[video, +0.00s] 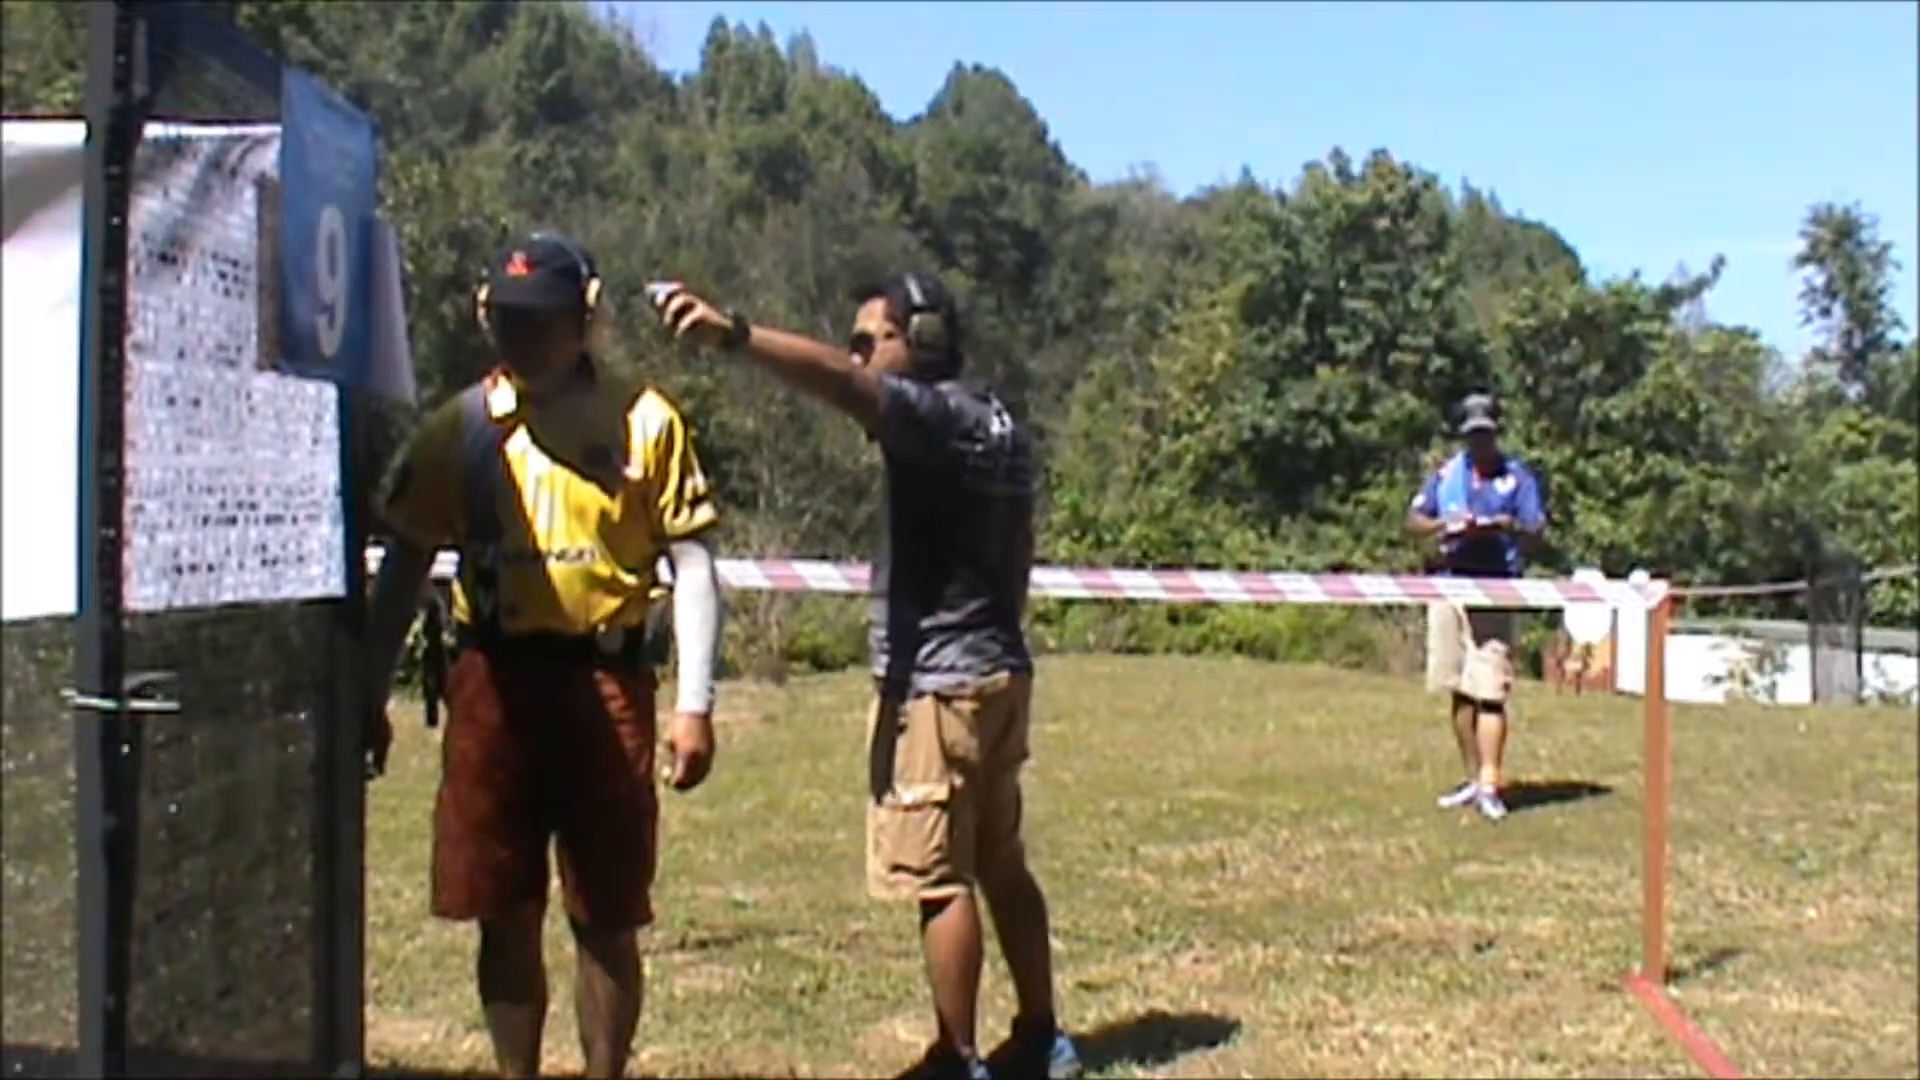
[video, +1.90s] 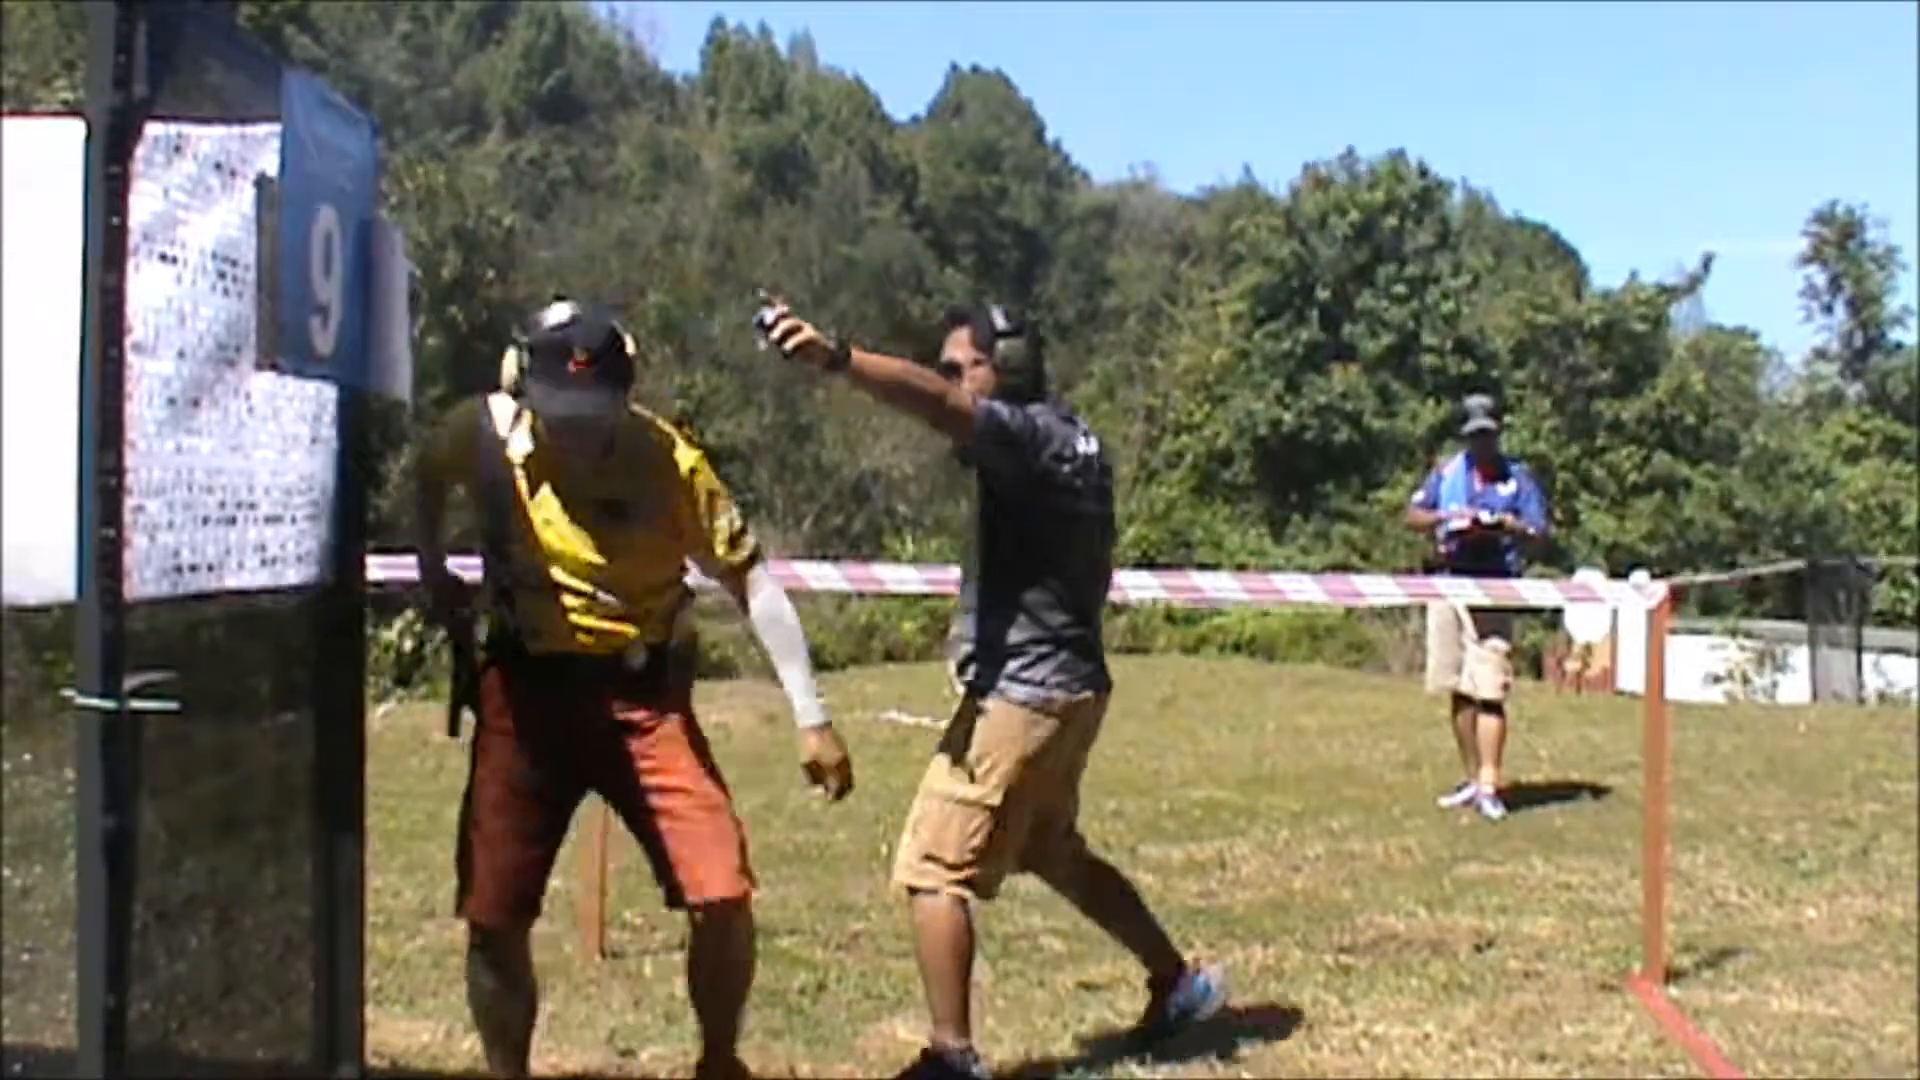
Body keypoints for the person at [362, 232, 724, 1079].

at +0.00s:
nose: (516, 339)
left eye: (536, 323)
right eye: (506, 320)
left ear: (585, 323)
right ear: (488, 317)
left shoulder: (645, 423)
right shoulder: (463, 426)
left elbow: (692, 565)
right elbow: (405, 565)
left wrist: (695, 700)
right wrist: (370, 695)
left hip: (605, 694)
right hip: (495, 694)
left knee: (606, 923)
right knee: (503, 915)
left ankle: (605, 1071)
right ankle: (517, 1071)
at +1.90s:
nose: (580, 433)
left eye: (595, 416)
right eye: (562, 416)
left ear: (624, 394)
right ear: (531, 394)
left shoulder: (671, 461)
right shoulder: (490, 432)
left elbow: (752, 583)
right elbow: (425, 475)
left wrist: (813, 718)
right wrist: (436, 583)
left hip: (645, 702)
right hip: (526, 698)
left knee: (724, 898)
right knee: (493, 922)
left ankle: (719, 1061)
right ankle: (509, 1072)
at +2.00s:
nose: (594, 453)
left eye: (610, 435)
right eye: (575, 437)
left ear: (638, 411)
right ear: (545, 413)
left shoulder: (685, 481)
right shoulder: (495, 455)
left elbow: (766, 594)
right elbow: (455, 522)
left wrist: (818, 723)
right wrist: (479, 649)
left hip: (664, 714)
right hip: (541, 712)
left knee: (757, 909)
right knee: (491, 928)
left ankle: (789, 1048)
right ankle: (503, 1071)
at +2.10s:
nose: (653, 490)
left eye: (662, 470)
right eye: (629, 478)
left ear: (678, 444)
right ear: (585, 458)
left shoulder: (728, 522)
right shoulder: (543, 485)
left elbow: (801, 624)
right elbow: (499, 540)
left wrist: (856, 739)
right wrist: (518, 640)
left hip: (700, 745)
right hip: (580, 738)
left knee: (812, 931)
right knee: (513, 944)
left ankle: (877, 1059)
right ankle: (515, 1073)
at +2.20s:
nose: (704, 512)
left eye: (712, 491)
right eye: (682, 500)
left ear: (726, 467)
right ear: (638, 485)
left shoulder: (772, 547)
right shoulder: (581, 514)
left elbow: (843, 644)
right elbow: (531, 551)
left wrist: (916, 759)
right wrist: (552, 665)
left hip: (736, 769)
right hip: (613, 763)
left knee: (850, 946)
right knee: (538, 957)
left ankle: (916, 1070)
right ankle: (525, 1071)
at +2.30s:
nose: (811, 500)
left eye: (826, 481)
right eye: (789, 483)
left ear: (848, 464)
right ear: (748, 466)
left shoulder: (885, 552)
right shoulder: (693, 502)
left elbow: (975, 646)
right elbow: (617, 522)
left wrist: (1063, 756)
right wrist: (635, 637)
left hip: (815, 780)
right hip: (690, 763)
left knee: (909, 951)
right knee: (583, 948)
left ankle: (927, 1072)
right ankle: (537, 1070)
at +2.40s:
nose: (863, 450)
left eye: (883, 432)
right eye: (848, 432)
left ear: (924, 430)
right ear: (830, 425)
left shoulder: (975, 534)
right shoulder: (787, 475)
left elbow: (1068, 628)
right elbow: (710, 492)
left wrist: (1157, 742)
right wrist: (721, 599)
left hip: (890, 763)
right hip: (769, 740)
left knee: (946, 961)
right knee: (648, 936)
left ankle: (954, 1076)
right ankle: (562, 1066)